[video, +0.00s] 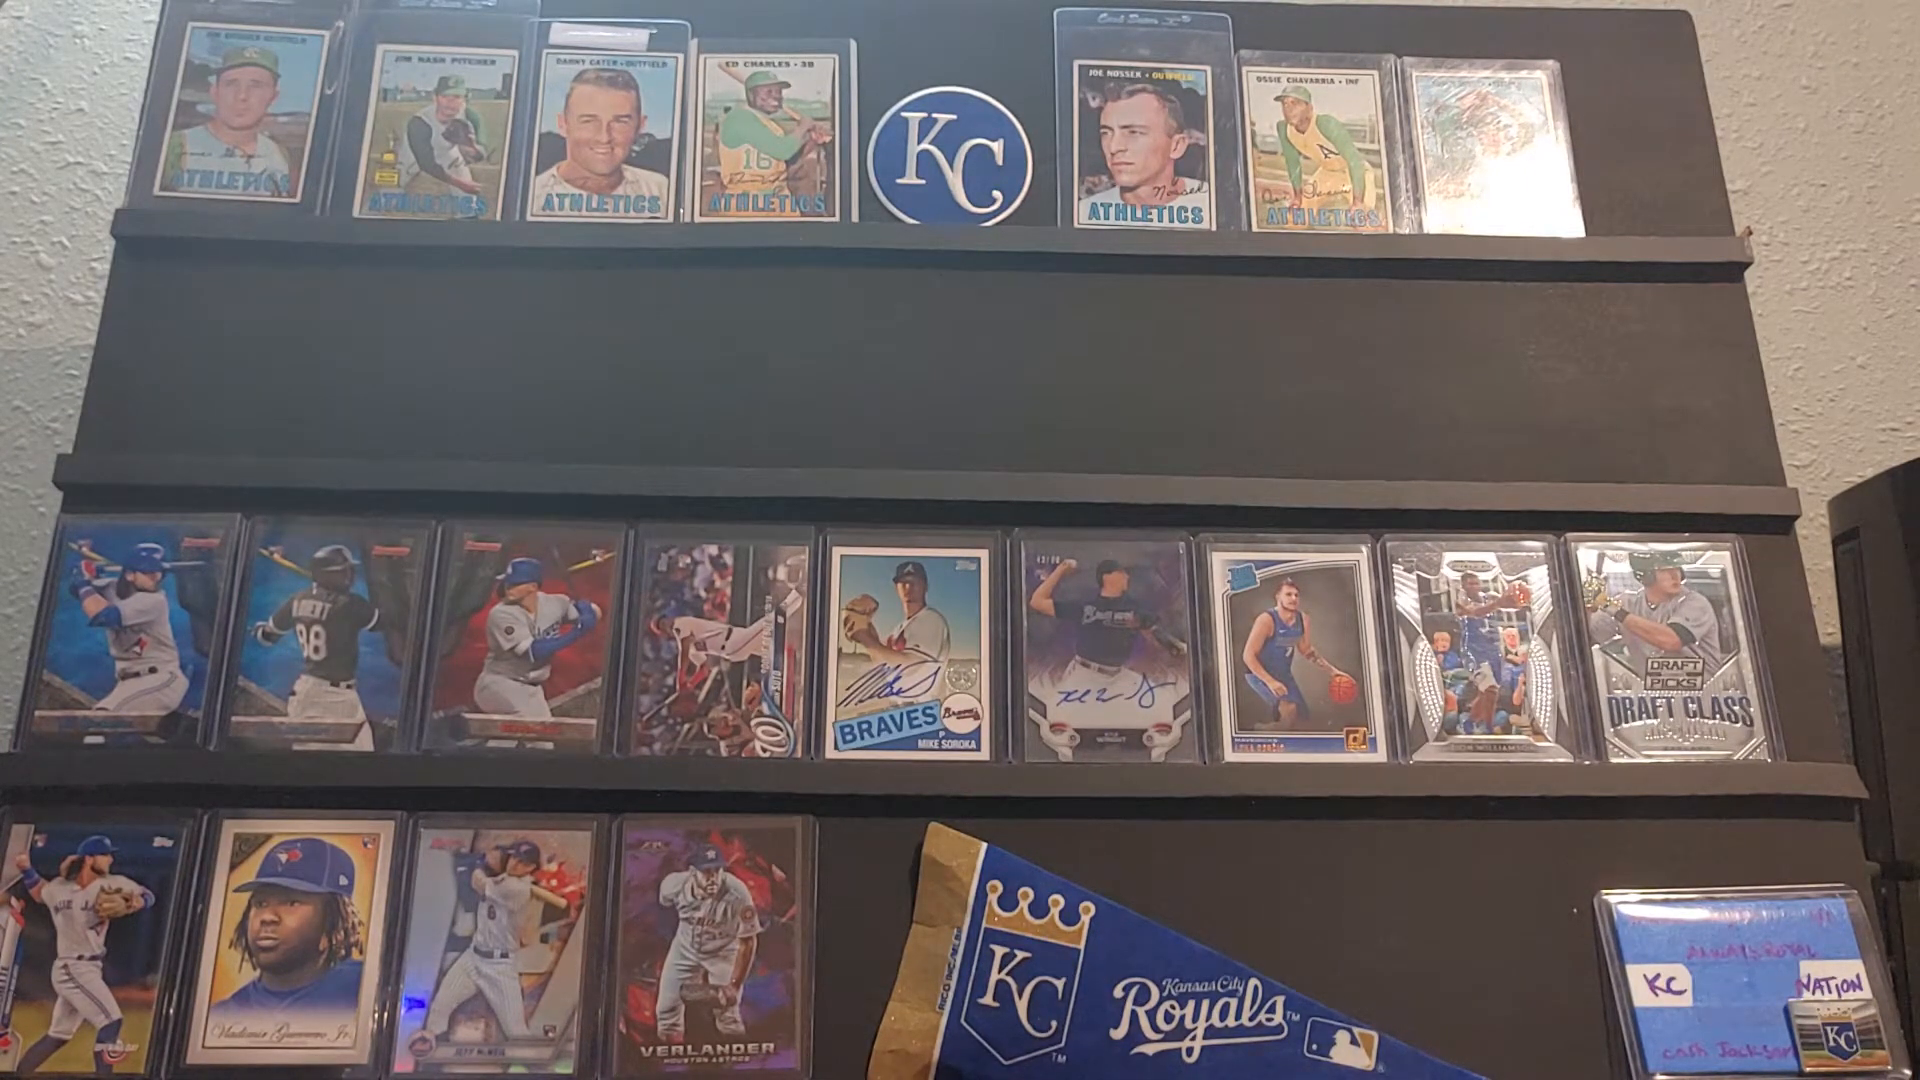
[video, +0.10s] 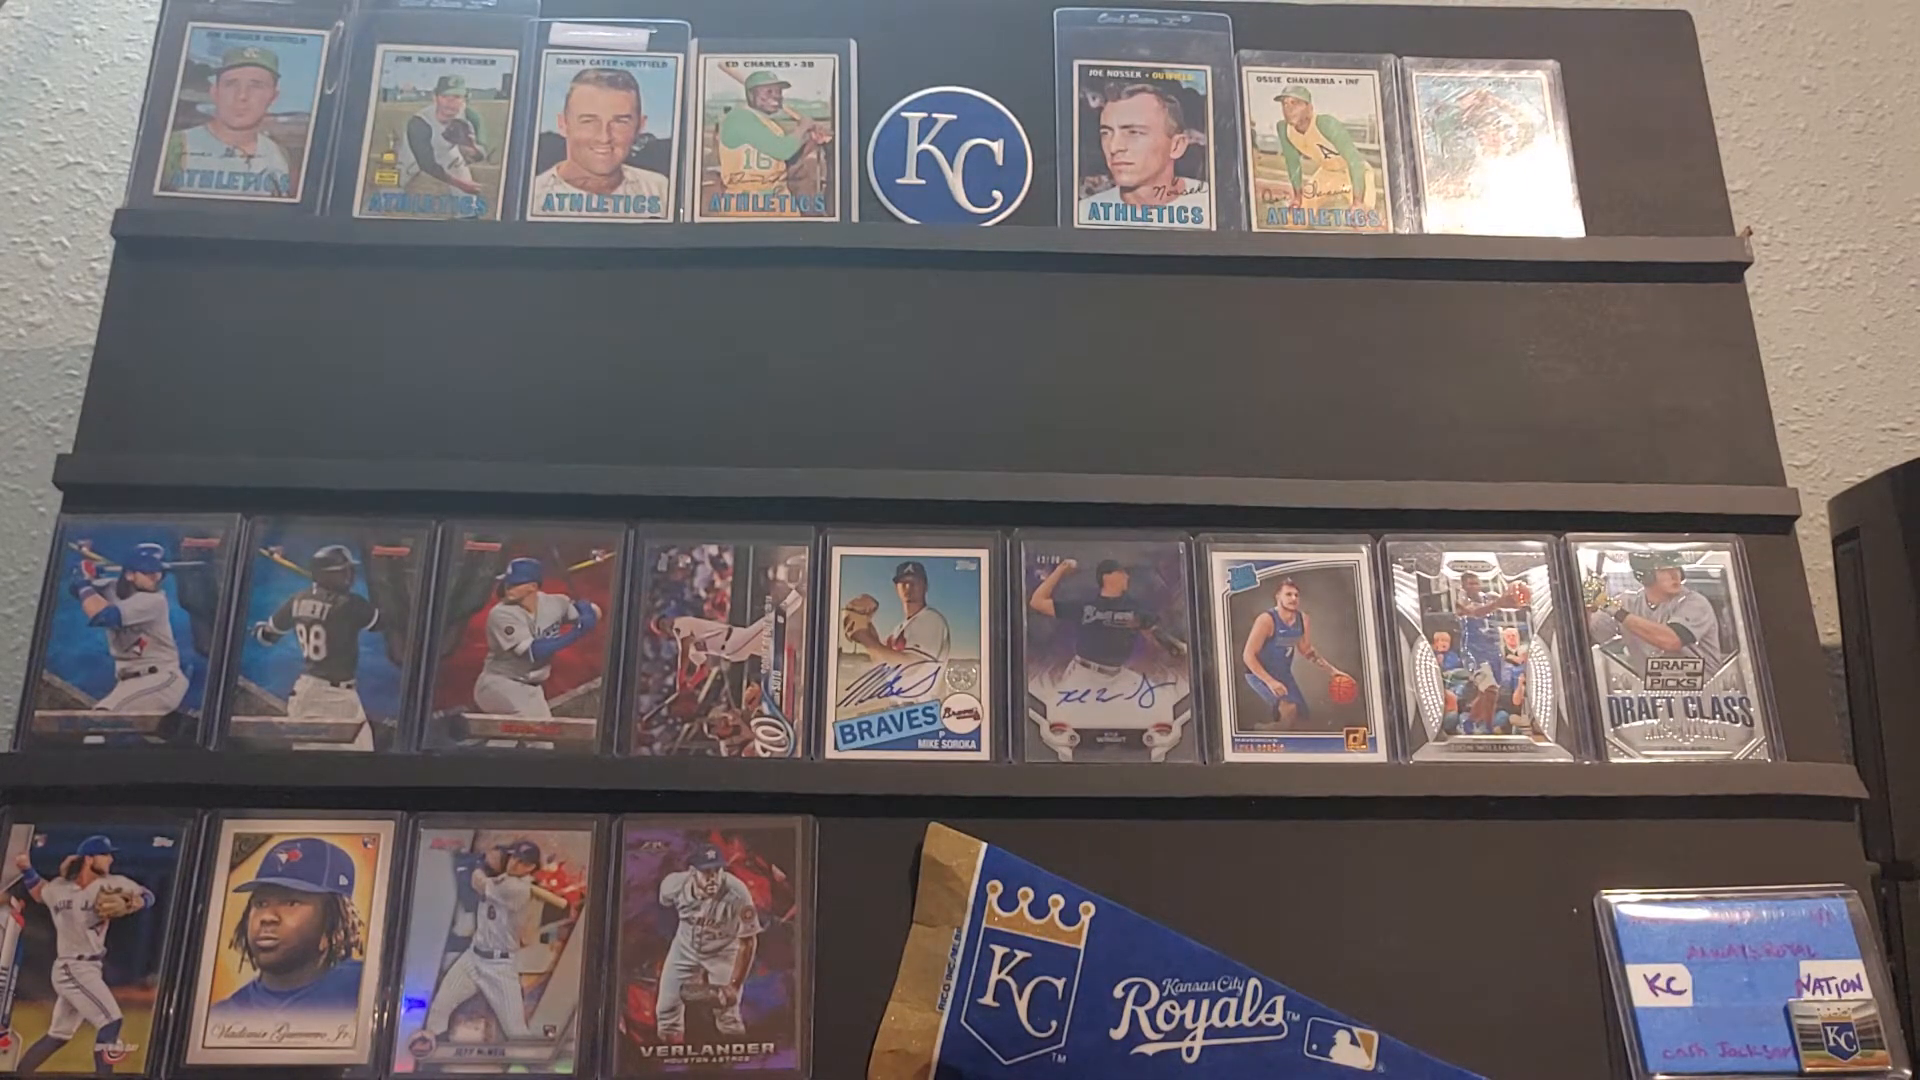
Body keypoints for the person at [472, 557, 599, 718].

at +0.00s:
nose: (507, 588)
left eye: (514, 584)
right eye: (507, 583)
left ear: (532, 587)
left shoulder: (555, 603)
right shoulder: (500, 614)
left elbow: (582, 607)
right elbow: (532, 651)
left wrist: (588, 614)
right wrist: (576, 633)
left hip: (531, 688)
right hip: (497, 683)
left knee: (546, 735)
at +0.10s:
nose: (507, 588)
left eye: (514, 584)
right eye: (507, 583)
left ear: (533, 587)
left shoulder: (555, 603)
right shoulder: (500, 614)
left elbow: (580, 607)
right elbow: (532, 652)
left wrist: (588, 615)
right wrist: (575, 633)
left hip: (531, 688)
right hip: (496, 683)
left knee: (546, 734)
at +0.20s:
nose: (507, 588)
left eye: (514, 584)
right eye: (507, 583)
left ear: (533, 587)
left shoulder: (555, 603)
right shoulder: (500, 614)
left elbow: (580, 607)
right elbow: (532, 652)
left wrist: (588, 615)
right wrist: (575, 633)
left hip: (531, 688)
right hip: (496, 683)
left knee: (546, 734)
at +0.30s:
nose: (507, 588)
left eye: (514, 584)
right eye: (507, 583)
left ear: (533, 587)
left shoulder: (555, 603)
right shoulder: (500, 614)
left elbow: (580, 607)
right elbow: (532, 652)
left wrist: (588, 615)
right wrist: (575, 633)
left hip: (531, 688)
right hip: (496, 683)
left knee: (546, 734)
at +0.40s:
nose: (507, 588)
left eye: (514, 584)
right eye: (507, 583)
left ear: (533, 587)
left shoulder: (555, 603)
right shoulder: (500, 614)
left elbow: (580, 607)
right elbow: (532, 652)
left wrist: (588, 615)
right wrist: (575, 633)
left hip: (531, 688)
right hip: (496, 683)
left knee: (546, 734)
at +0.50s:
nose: (507, 588)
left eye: (514, 584)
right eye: (507, 583)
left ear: (533, 587)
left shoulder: (555, 603)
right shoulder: (500, 614)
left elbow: (580, 607)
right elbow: (532, 652)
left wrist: (588, 615)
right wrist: (575, 633)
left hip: (531, 688)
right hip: (496, 683)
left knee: (546, 734)